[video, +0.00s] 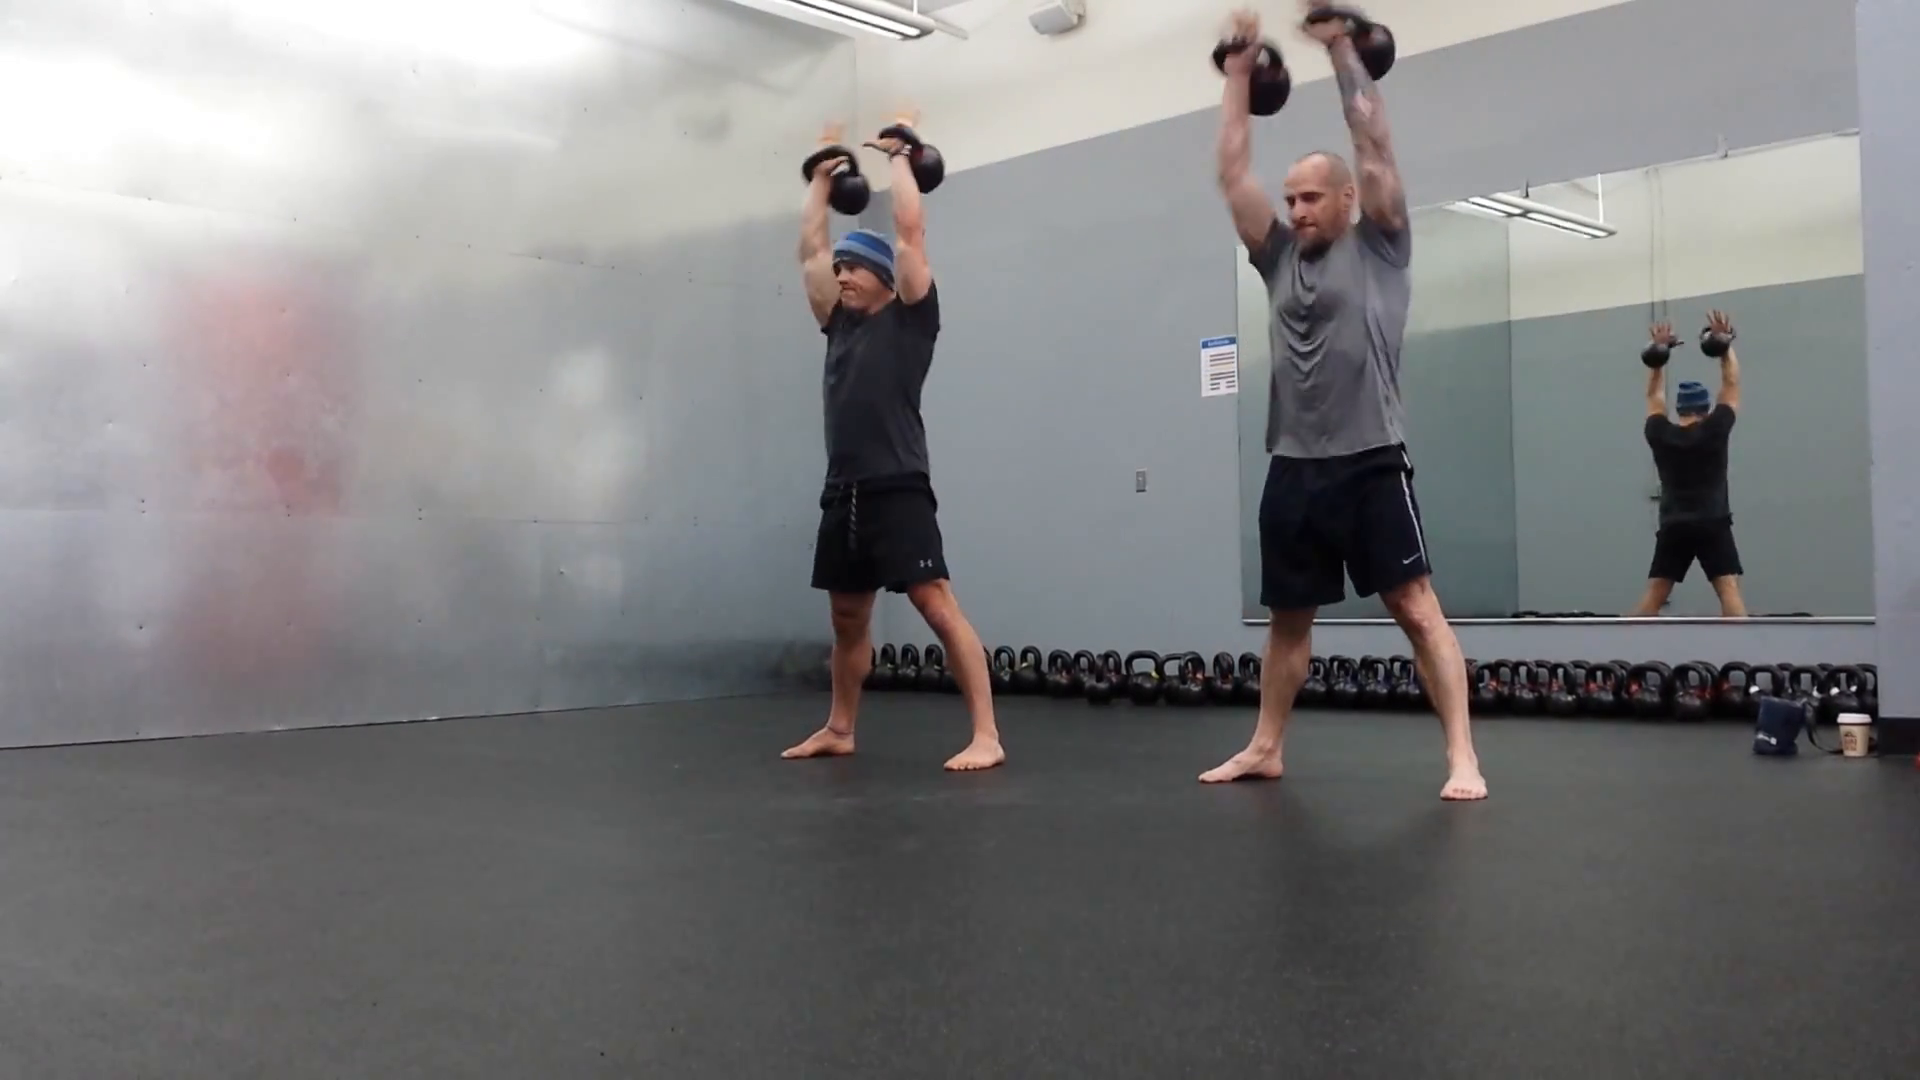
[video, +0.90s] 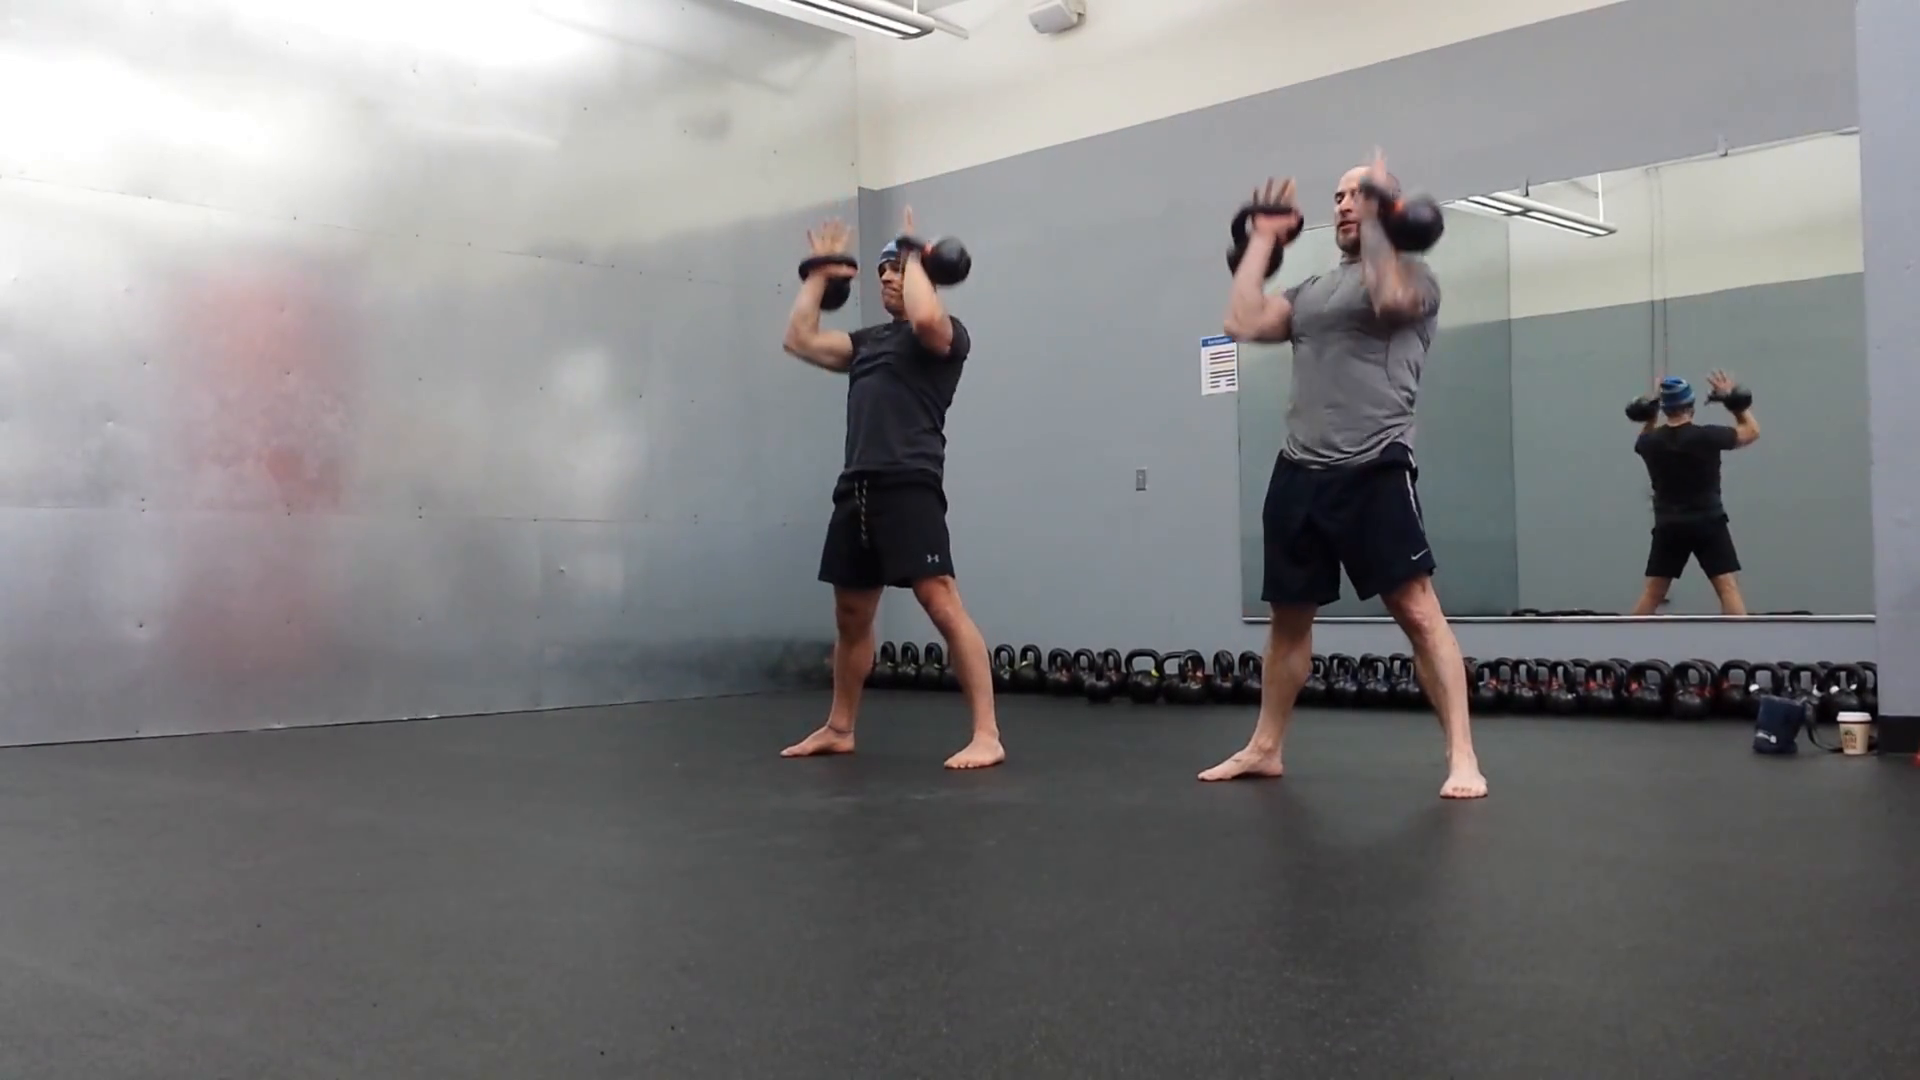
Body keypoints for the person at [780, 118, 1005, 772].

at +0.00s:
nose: (844, 278)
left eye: (854, 269)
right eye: (842, 270)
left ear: (885, 275)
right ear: (841, 280)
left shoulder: (911, 318)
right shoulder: (840, 324)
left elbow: (910, 232)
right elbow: (812, 251)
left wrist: (901, 157)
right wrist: (821, 180)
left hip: (899, 486)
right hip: (843, 490)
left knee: (939, 609)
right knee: (848, 619)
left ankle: (986, 737)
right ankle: (840, 729)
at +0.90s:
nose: (889, 277)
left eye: (900, 268)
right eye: (884, 270)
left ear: (921, 278)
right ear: (878, 280)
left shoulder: (944, 336)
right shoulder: (867, 340)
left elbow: (927, 321)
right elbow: (800, 339)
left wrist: (917, 259)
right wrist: (819, 275)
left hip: (912, 489)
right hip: (856, 491)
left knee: (943, 607)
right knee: (852, 618)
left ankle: (986, 736)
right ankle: (839, 728)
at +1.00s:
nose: (890, 282)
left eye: (902, 273)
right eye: (886, 273)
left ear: (926, 283)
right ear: (881, 284)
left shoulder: (951, 337)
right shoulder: (871, 345)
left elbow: (924, 346)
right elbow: (804, 362)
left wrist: (913, 282)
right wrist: (819, 298)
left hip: (912, 491)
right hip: (856, 492)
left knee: (944, 609)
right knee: (852, 618)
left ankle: (986, 736)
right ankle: (839, 727)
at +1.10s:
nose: (888, 277)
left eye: (899, 268)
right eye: (884, 270)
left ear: (926, 280)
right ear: (881, 285)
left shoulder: (949, 338)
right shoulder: (866, 348)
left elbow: (924, 368)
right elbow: (812, 385)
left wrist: (906, 305)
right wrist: (824, 318)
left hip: (912, 490)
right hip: (856, 492)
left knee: (945, 608)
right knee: (852, 617)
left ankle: (987, 735)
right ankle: (839, 727)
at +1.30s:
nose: (878, 278)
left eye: (888, 269)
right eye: (875, 272)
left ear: (917, 279)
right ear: (875, 286)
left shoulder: (939, 331)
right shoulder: (862, 347)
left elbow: (920, 391)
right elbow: (822, 412)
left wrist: (902, 327)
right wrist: (827, 346)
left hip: (908, 493)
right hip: (852, 494)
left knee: (943, 610)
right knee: (849, 619)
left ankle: (986, 736)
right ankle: (839, 728)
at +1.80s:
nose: (887, 297)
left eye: (896, 286)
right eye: (881, 288)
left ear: (924, 285)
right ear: (878, 290)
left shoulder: (955, 337)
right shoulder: (877, 348)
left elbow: (940, 405)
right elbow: (842, 410)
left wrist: (885, 389)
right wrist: (801, 404)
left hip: (942, 492)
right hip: (891, 494)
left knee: (953, 598)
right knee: (854, 607)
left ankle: (987, 736)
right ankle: (838, 728)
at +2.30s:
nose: (769, 451)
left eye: (778, 440)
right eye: (765, 442)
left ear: (811, 435)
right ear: (763, 443)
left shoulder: (873, 472)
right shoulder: (799, 492)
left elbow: (931, 548)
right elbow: (854, 549)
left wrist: (938, 596)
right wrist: (899, 591)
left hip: (957, 535)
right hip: (894, 549)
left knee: (956, 606)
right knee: (817, 612)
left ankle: (990, 738)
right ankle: (836, 729)